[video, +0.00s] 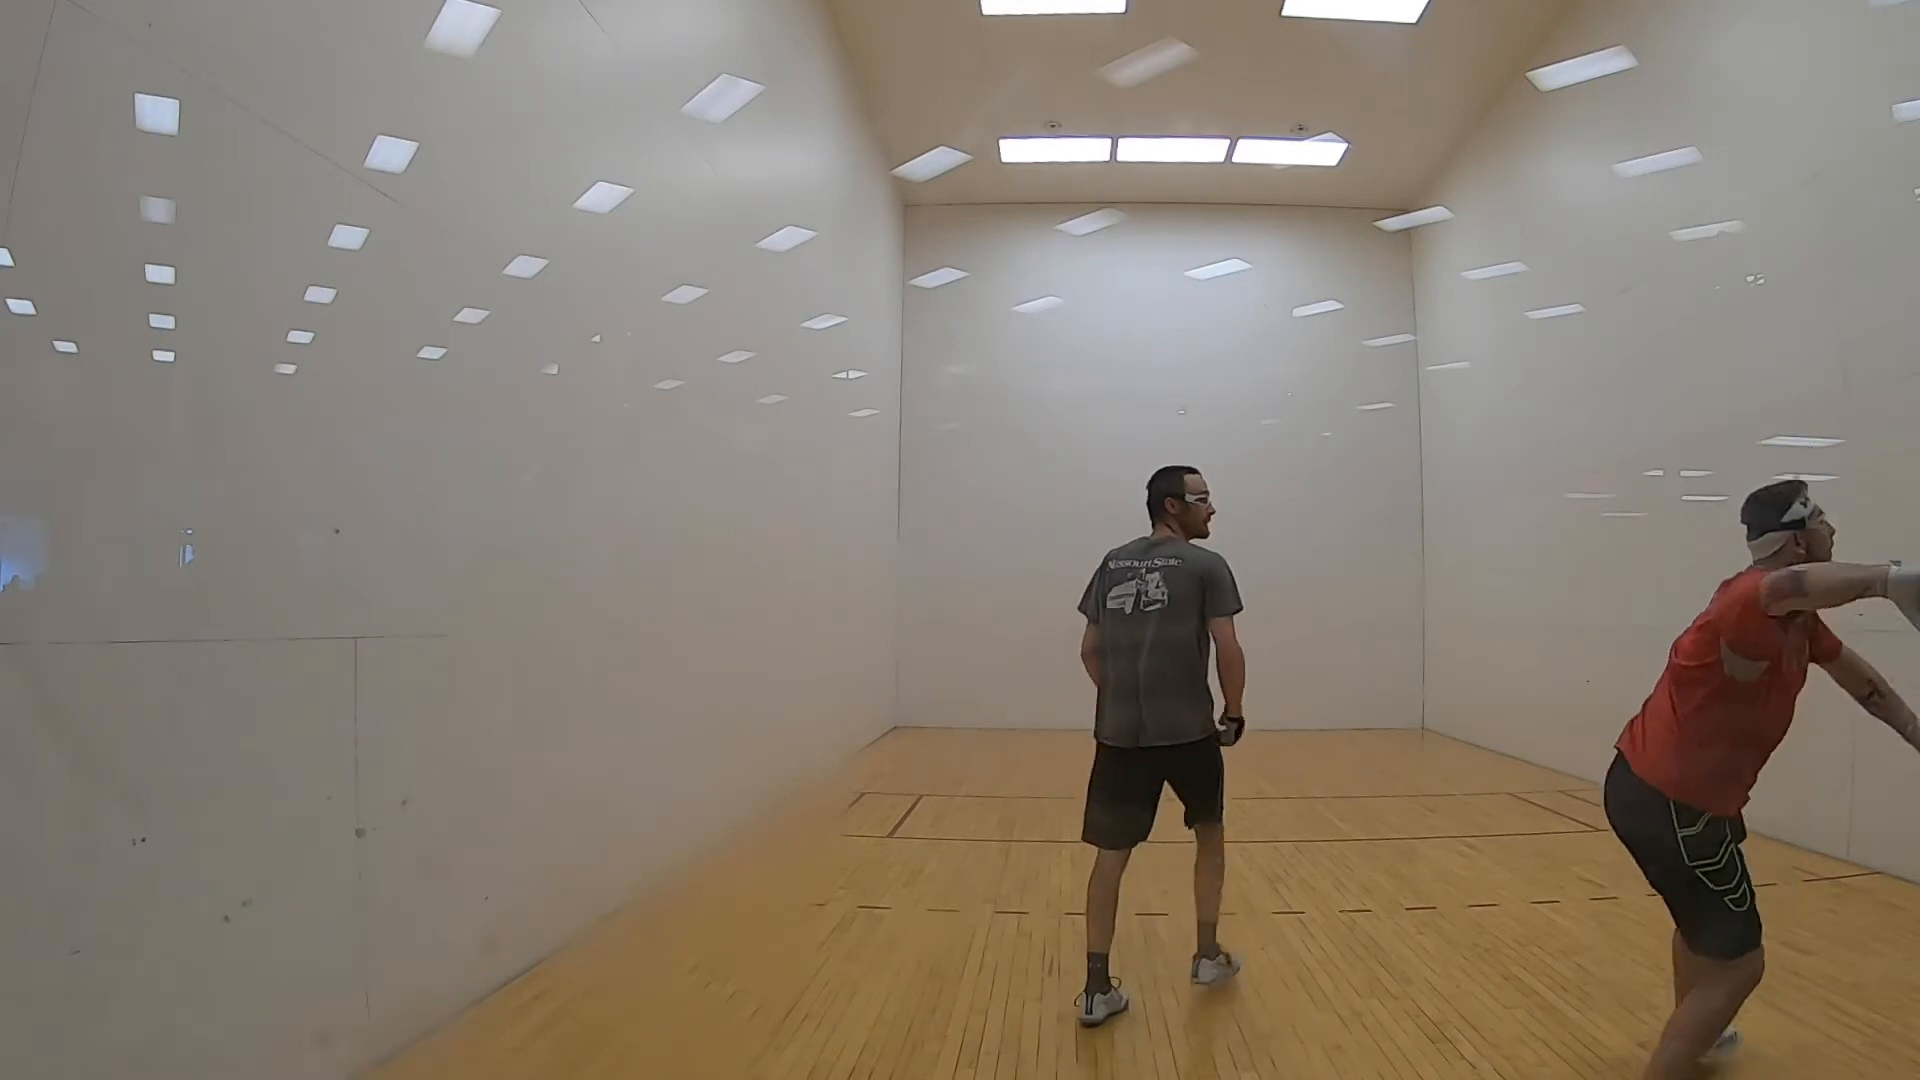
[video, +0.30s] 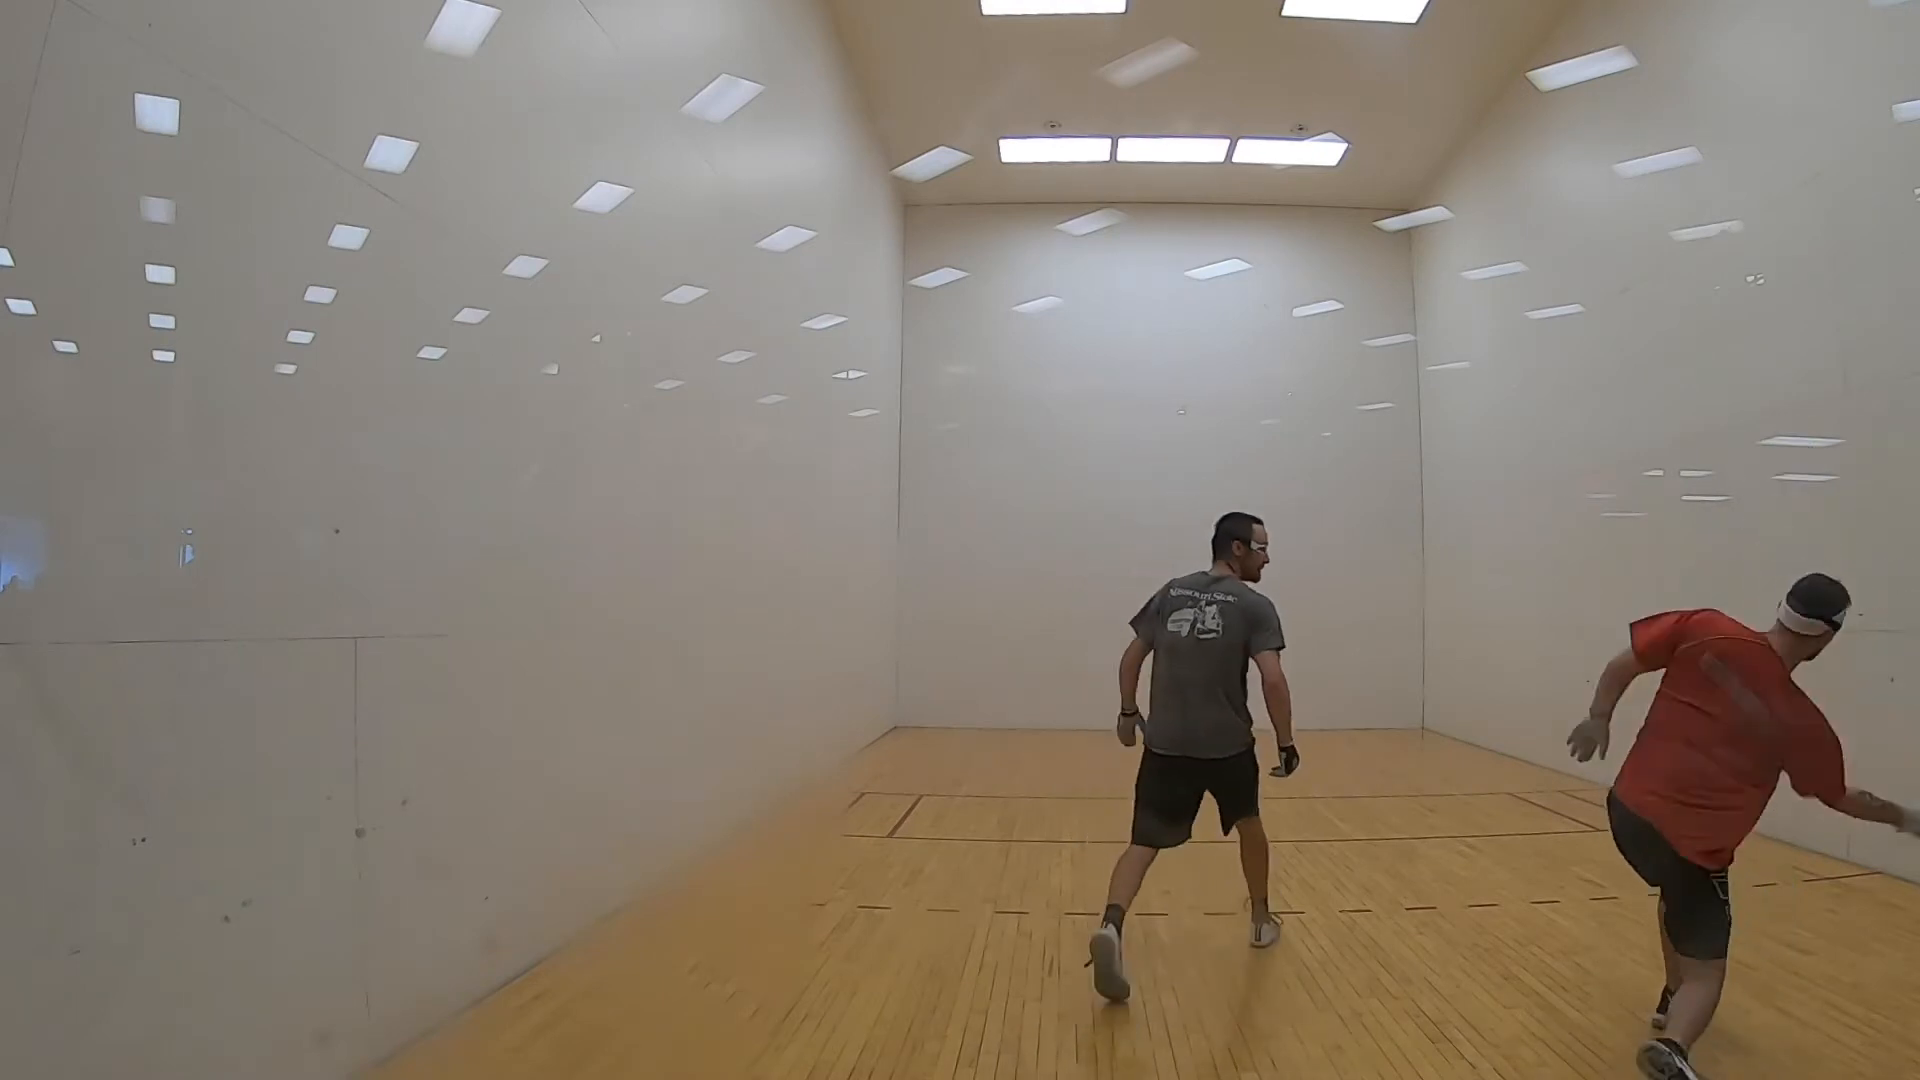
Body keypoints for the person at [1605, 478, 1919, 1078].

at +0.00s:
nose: (1833, 547)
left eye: (1830, 537)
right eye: (1826, 537)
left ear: (1778, 546)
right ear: (1796, 546)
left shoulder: (1800, 622)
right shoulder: (1749, 597)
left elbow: (1867, 686)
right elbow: (1793, 583)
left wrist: (1915, 732)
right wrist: (1893, 579)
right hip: (1671, 806)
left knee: (1703, 925)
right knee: (1739, 966)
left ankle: (1694, 1033)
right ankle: (1666, 1067)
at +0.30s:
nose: (1831, 641)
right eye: (1834, 633)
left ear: (1781, 609)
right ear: (1825, 637)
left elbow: (1625, 662)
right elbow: (1839, 797)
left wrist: (1597, 716)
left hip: (1628, 814)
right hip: (1692, 855)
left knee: (1675, 894)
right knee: (1704, 974)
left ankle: (1674, 997)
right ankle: (1673, 1047)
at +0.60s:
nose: (1718, 553)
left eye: (1720, 545)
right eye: (1726, 547)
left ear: (1723, 547)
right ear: (1770, 556)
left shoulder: (1719, 601)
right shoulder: (1772, 609)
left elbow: (1699, 676)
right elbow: (1691, 615)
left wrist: (1630, 720)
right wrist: (1667, 595)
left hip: (1701, 779)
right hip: (1758, 787)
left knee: (1664, 878)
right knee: (1740, 896)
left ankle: (1701, 992)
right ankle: (1797, 981)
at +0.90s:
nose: (1719, 539)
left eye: (1718, 531)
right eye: (1724, 531)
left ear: (1721, 532)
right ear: (1768, 535)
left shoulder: (1729, 588)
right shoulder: (1786, 594)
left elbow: (1736, 664)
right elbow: (1758, 674)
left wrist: (1714, 749)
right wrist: (1689, 691)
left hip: (1742, 762)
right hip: (1788, 762)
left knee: (1683, 859)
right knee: (1783, 870)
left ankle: (1715, 989)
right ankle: (1837, 983)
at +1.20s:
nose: (1698, 530)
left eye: (1697, 522)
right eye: (1707, 522)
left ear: (1699, 523)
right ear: (1744, 524)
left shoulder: (1699, 581)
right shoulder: (1773, 580)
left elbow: (1703, 657)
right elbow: (1789, 662)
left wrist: (1688, 739)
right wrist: (1787, 738)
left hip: (1723, 749)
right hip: (1780, 751)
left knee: (1666, 850)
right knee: (1797, 863)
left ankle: (1718, 966)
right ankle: (1837, 982)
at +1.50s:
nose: (1612, 555)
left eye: (1609, 547)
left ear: (1609, 546)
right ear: (1654, 549)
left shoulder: (1599, 606)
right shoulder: (1692, 604)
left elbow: (1572, 687)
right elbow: (1734, 674)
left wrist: (1554, 749)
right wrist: (1735, 737)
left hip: (1646, 757)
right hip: (1696, 755)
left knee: (1657, 872)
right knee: (1662, 847)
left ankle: (1741, 977)